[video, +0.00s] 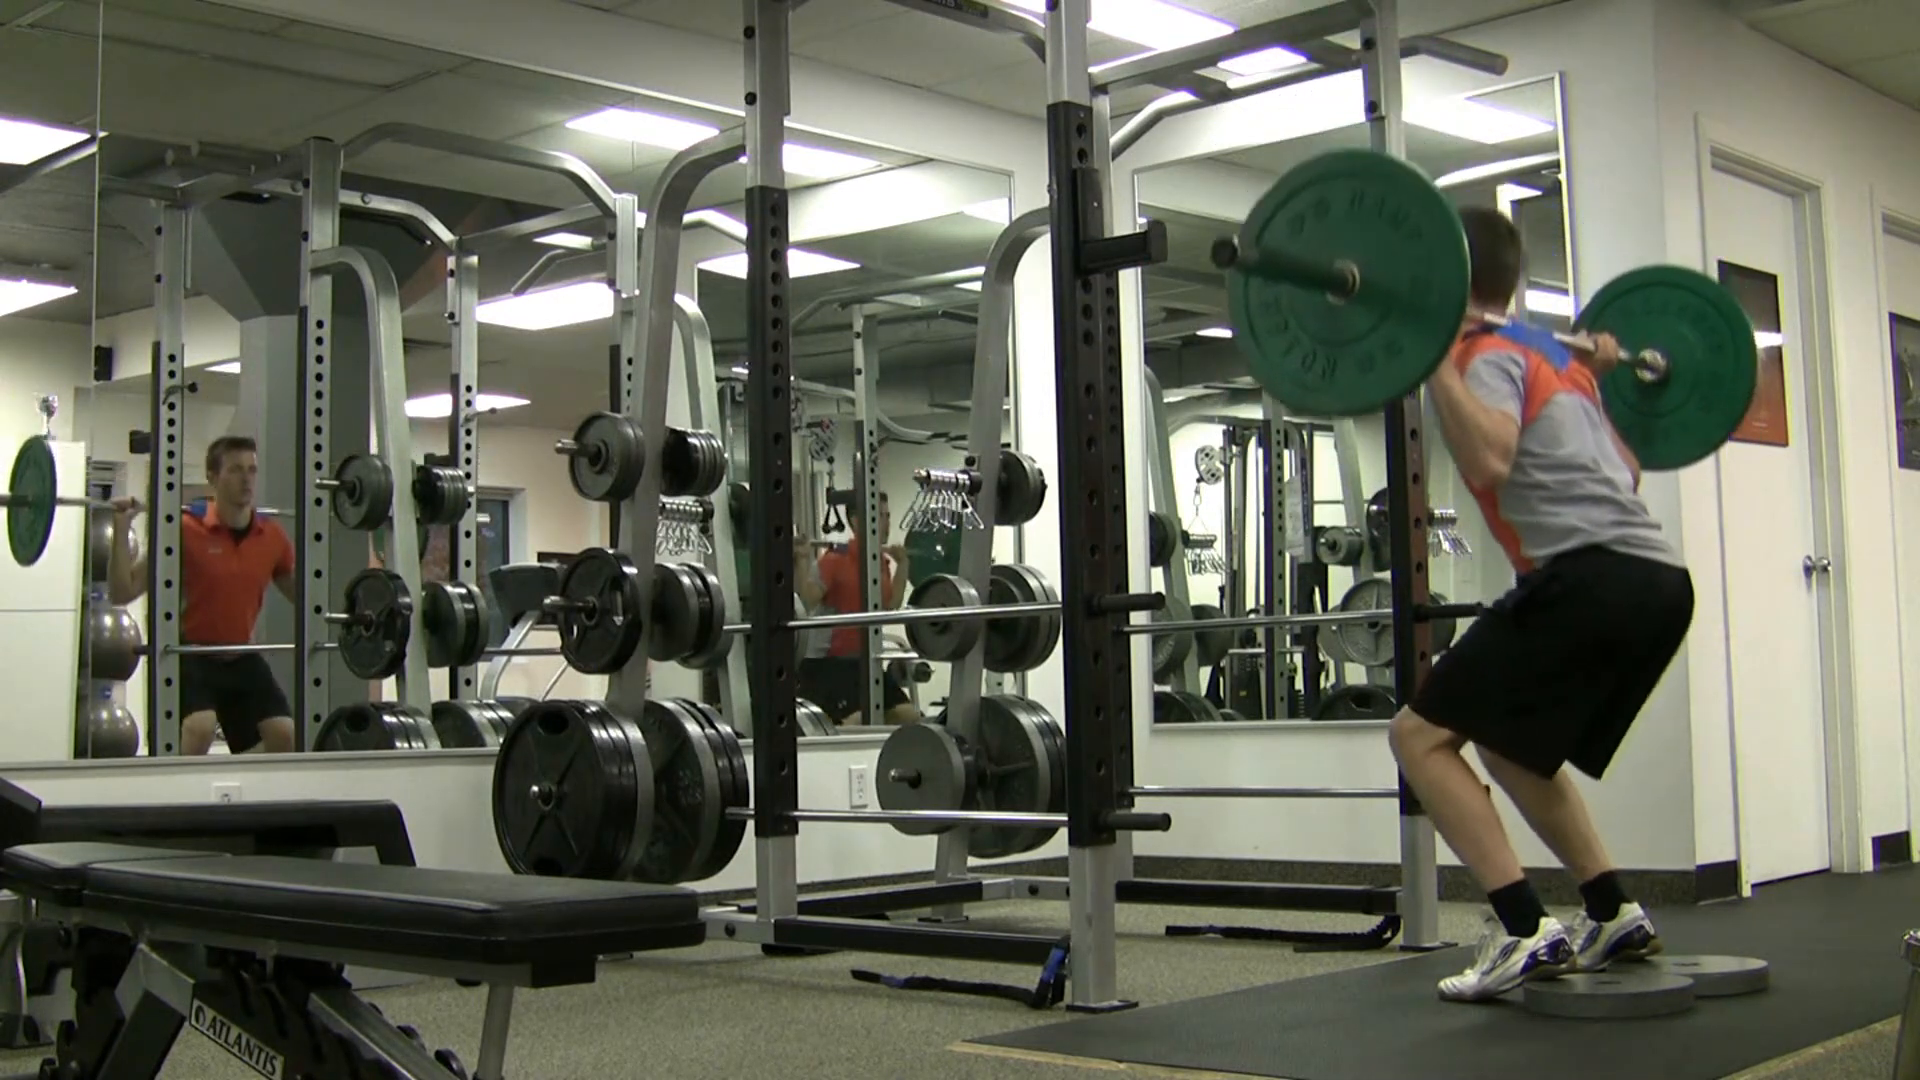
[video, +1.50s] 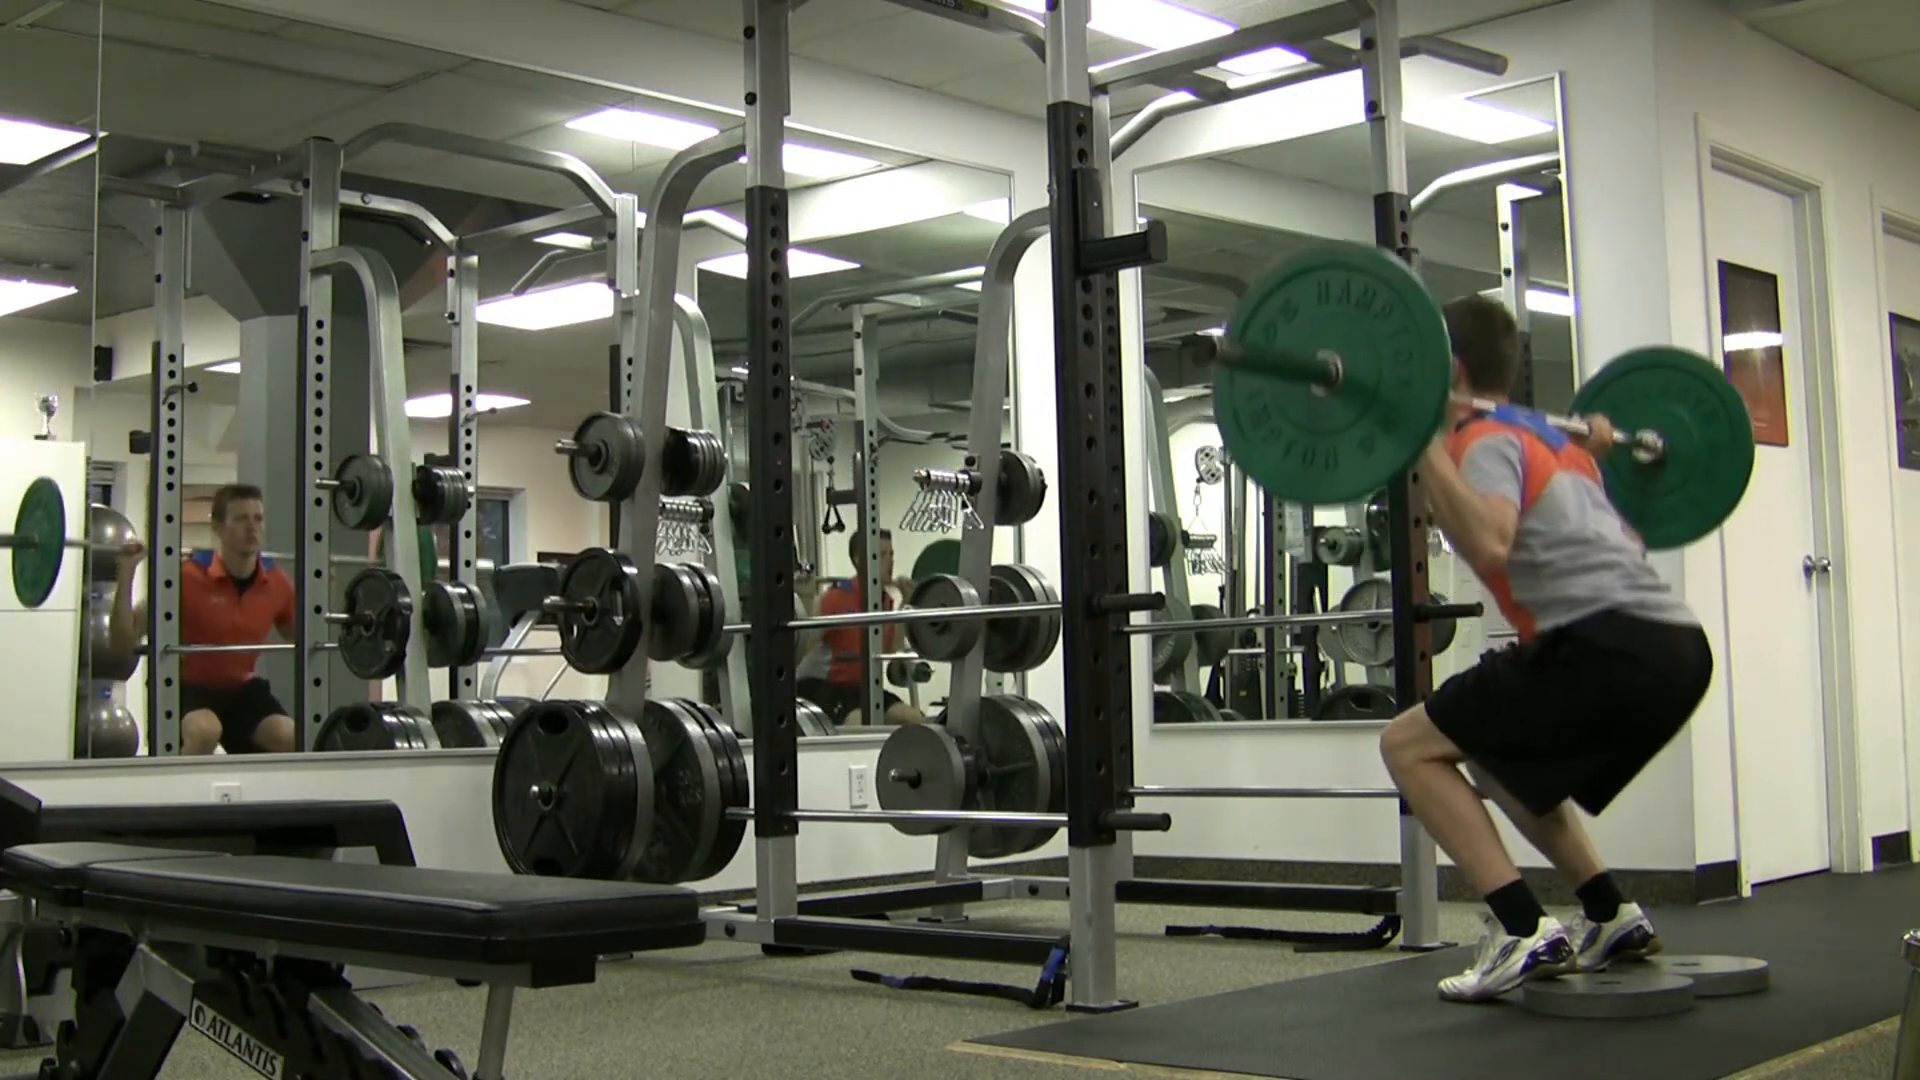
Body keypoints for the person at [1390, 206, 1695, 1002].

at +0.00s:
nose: (1426, 291)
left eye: (1432, 273)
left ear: (1446, 282)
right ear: (1514, 284)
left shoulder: (1489, 352)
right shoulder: (1560, 361)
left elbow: (1488, 462)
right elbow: (1626, 466)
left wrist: (1435, 361)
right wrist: (1594, 373)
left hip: (1587, 577)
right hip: (1659, 584)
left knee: (1418, 734)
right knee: (1511, 745)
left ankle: (1523, 927)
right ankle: (1613, 911)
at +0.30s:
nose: (1425, 352)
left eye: (1430, 335)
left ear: (1444, 341)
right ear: (1514, 341)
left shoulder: (1494, 413)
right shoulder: (1560, 415)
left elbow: (1495, 524)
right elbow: (1626, 519)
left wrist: (1436, 429)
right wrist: (1589, 431)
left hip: (1596, 627)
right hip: (1674, 635)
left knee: (1408, 744)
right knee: (1508, 765)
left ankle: (1522, 929)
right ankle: (1613, 912)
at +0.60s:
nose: (1425, 402)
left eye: (1430, 387)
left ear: (1443, 396)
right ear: (1514, 396)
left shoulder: (1494, 468)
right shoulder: (1560, 465)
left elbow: (1498, 582)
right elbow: (1623, 563)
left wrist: (1436, 480)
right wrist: (1593, 477)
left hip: (1609, 676)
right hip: (1681, 684)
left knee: (1406, 748)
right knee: (1508, 773)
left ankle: (1523, 929)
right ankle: (1612, 914)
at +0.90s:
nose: (1428, 433)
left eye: (1432, 419)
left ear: (1443, 430)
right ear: (1515, 433)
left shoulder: (1491, 508)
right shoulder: (1559, 501)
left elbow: (1497, 619)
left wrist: (1430, 514)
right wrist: (1592, 508)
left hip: (1615, 709)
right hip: (1681, 721)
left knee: (1400, 753)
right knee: (1500, 776)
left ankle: (1524, 929)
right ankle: (1610, 912)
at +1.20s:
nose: (1423, 436)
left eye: (1427, 420)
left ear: (1439, 432)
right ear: (1511, 435)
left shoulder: (1490, 507)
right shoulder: (1551, 500)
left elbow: (1495, 617)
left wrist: (1429, 518)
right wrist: (1592, 505)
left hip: (1617, 708)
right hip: (1683, 718)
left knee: (1402, 751)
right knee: (1504, 774)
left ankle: (1524, 929)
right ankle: (1610, 913)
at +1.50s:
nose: (1427, 375)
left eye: (1431, 362)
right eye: (1426, 364)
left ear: (1451, 370)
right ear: (1508, 373)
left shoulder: (1488, 436)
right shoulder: (1554, 437)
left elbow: (1489, 545)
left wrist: (1426, 445)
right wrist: (1589, 452)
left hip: (1601, 645)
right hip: (1678, 652)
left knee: (1407, 745)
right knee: (1506, 770)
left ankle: (1523, 930)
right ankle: (1611, 914)